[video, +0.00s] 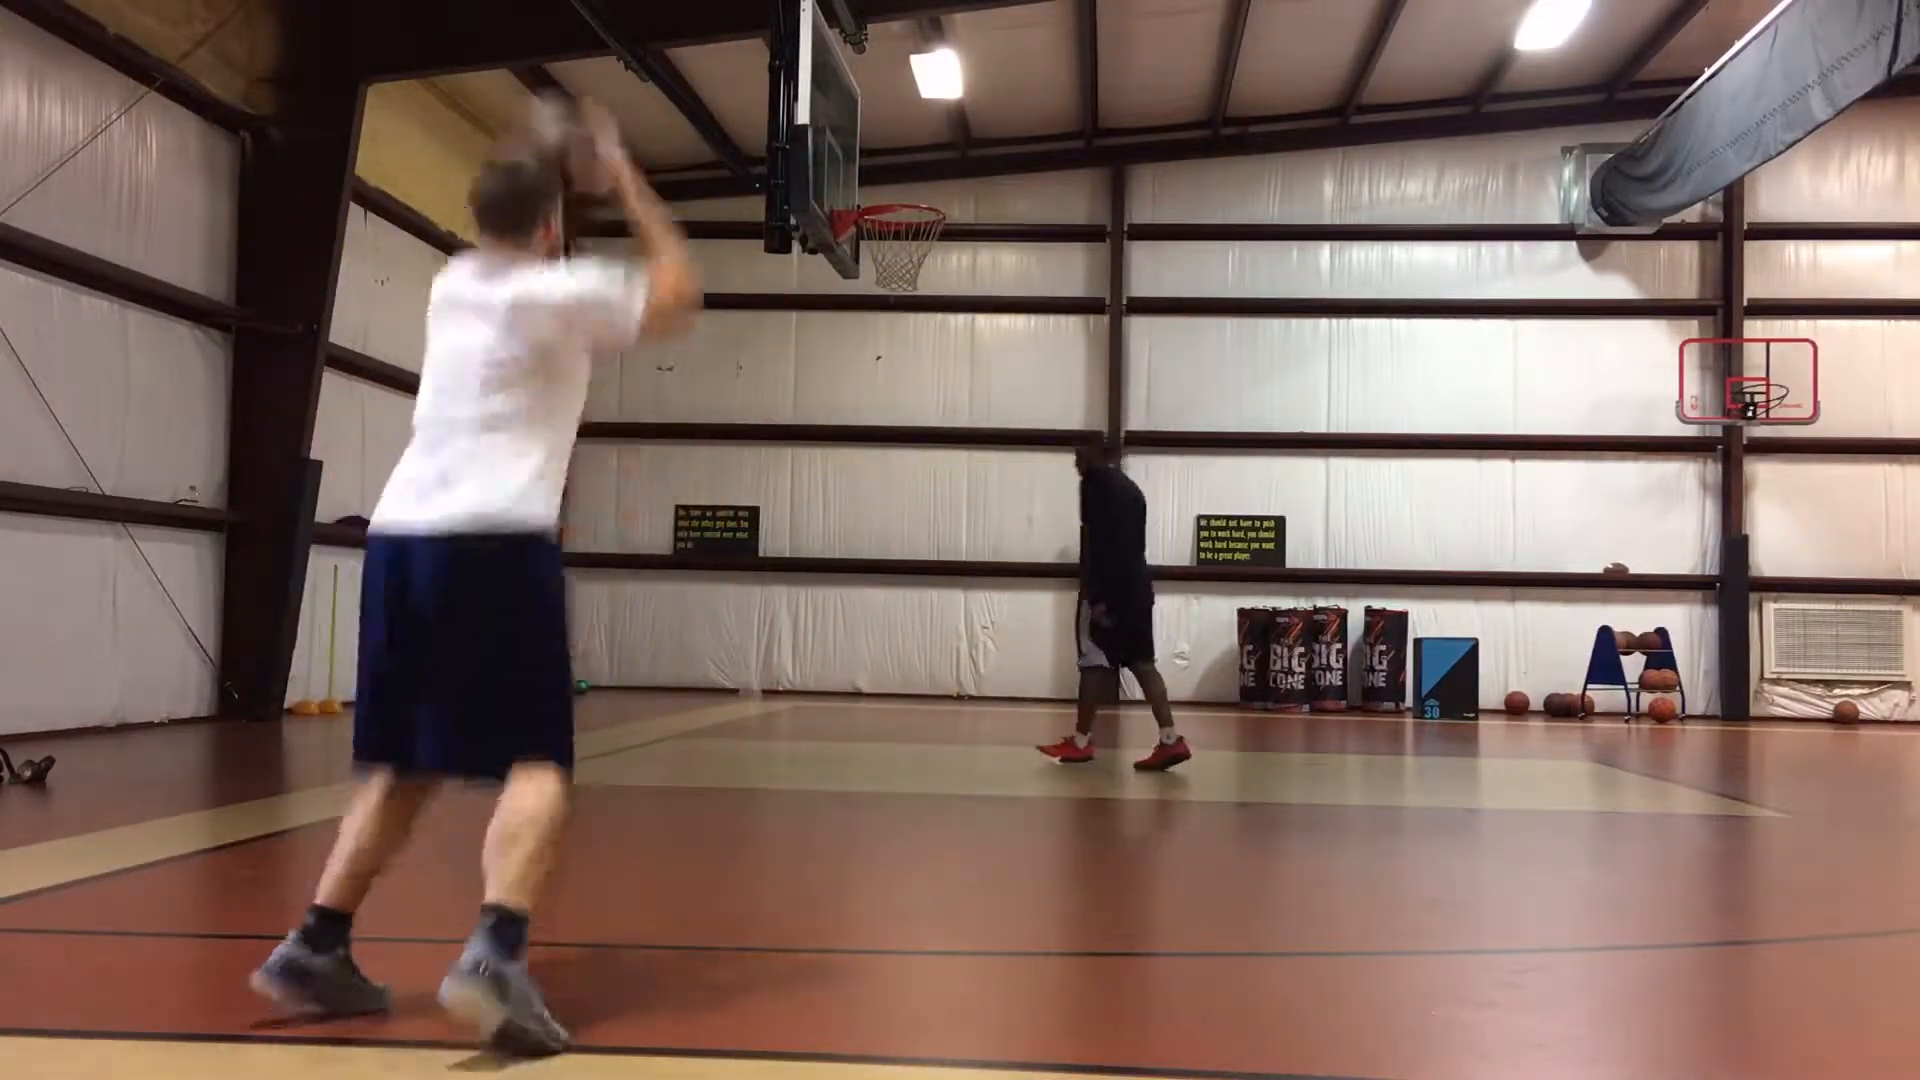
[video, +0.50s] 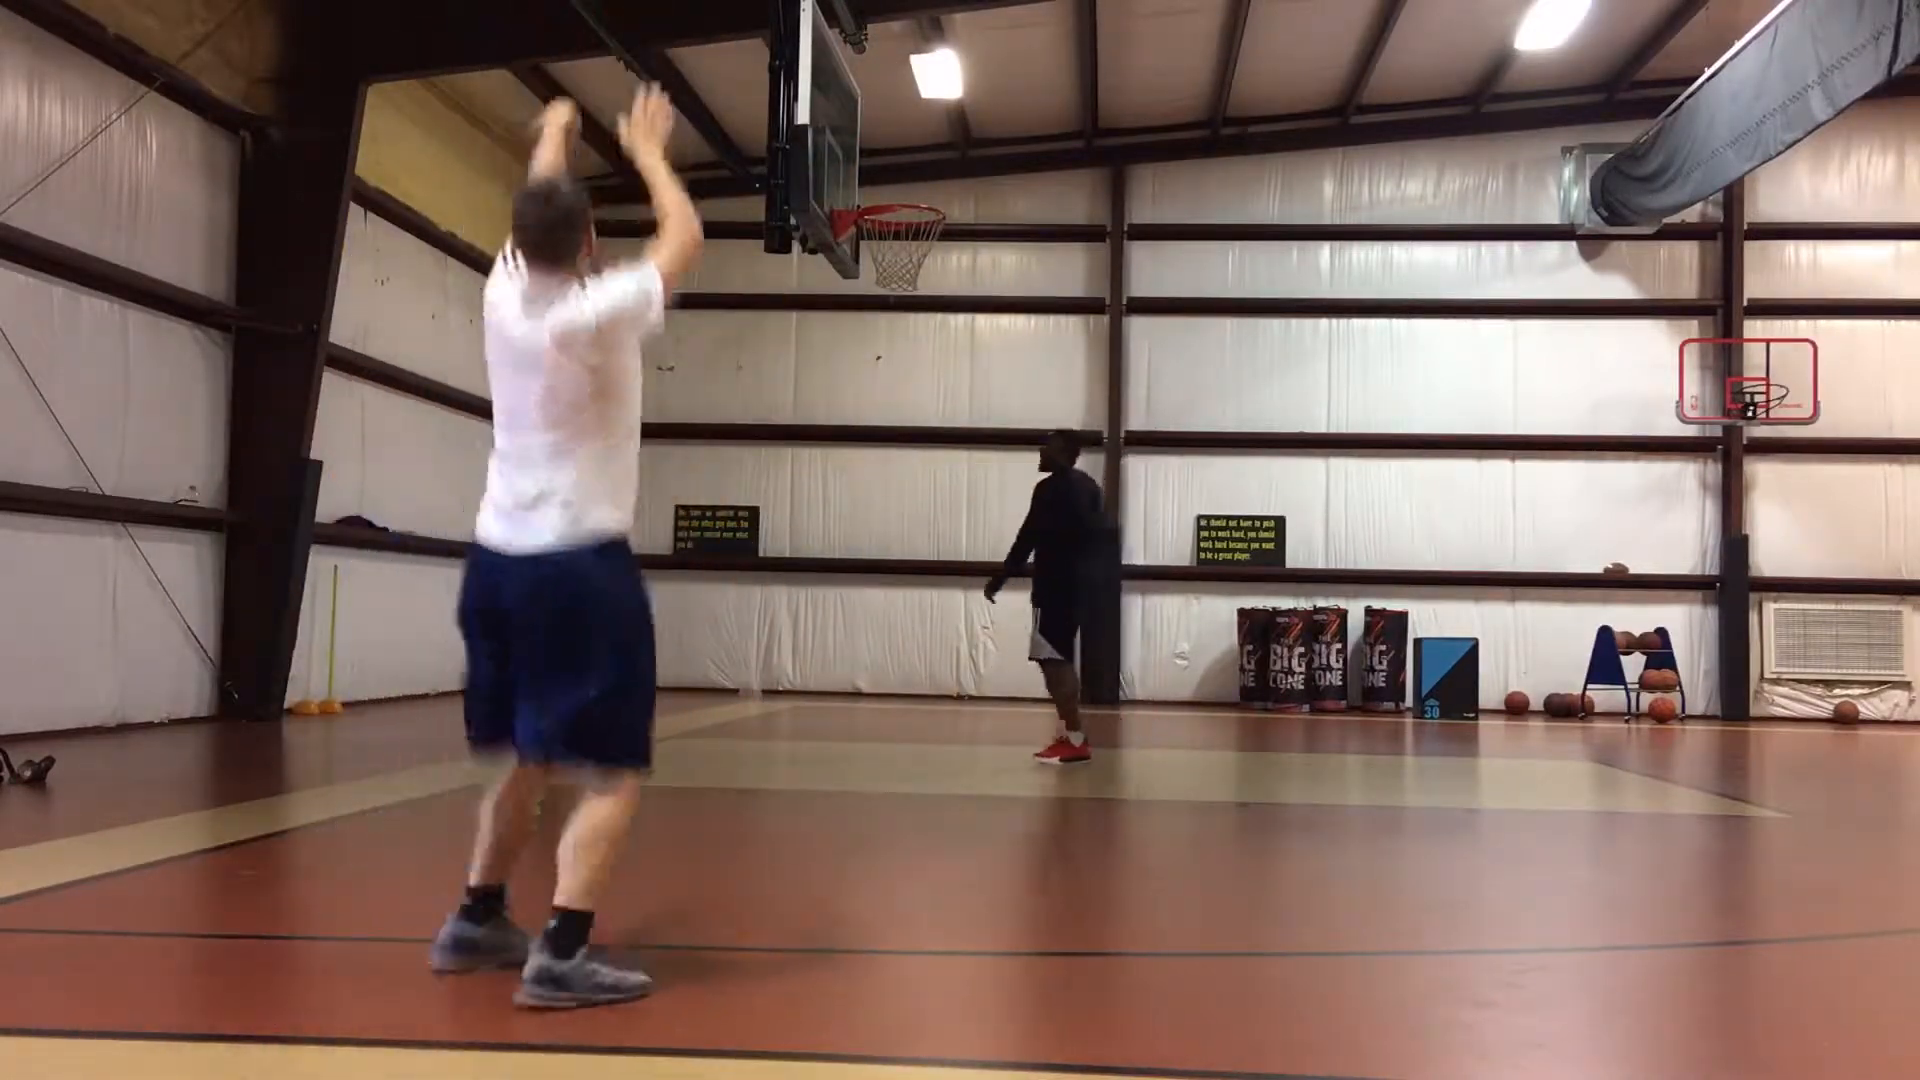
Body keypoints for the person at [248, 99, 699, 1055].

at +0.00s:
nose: (568, 228)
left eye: (561, 218)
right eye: (563, 213)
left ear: (480, 219)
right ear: (553, 223)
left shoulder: (450, 285)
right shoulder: (559, 294)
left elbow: (509, 236)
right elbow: (676, 286)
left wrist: (552, 168)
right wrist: (631, 188)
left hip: (399, 545)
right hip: (499, 545)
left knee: (399, 761)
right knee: (540, 760)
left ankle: (315, 947)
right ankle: (495, 957)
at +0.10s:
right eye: (556, 118)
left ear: (485, 137)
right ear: (556, 133)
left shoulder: (468, 196)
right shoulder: (572, 197)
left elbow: (515, 128)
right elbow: (657, 111)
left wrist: (544, 49)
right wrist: (648, 26)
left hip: (437, 448)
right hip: (534, 452)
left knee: (410, 670)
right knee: (542, 674)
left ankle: (352, 874)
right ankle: (537, 874)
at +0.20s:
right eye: (561, 71)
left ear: (489, 95)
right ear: (560, 89)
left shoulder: (479, 153)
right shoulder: (580, 153)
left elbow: (527, 58)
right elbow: (656, 67)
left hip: (458, 408)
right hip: (549, 413)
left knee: (451, 623)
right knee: (563, 628)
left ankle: (383, 822)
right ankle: (554, 826)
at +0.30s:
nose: (572, 95)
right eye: (570, 88)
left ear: (499, 102)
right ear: (571, 98)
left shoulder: (487, 155)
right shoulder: (591, 161)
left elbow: (530, 84)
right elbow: (660, 75)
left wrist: (561, 14)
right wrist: (630, 9)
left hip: (475, 417)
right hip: (566, 423)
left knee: (478, 628)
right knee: (579, 636)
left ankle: (430, 823)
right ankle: (578, 841)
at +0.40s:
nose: (587, 141)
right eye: (582, 133)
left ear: (514, 154)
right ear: (581, 150)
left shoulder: (498, 211)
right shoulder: (602, 218)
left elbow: (531, 133)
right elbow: (672, 141)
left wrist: (555, 65)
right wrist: (646, 62)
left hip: (490, 472)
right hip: (579, 479)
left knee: (503, 678)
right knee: (590, 695)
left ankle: (482, 870)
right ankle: (602, 895)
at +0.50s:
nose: (598, 234)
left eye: (572, 225)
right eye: (593, 225)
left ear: (523, 237)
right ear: (590, 237)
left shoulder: (504, 296)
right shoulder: (609, 307)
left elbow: (531, 213)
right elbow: (682, 233)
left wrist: (551, 145)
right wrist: (651, 153)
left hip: (499, 563)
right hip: (585, 568)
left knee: (524, 757)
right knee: (616, 773)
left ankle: (477, 917)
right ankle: (560, 955)